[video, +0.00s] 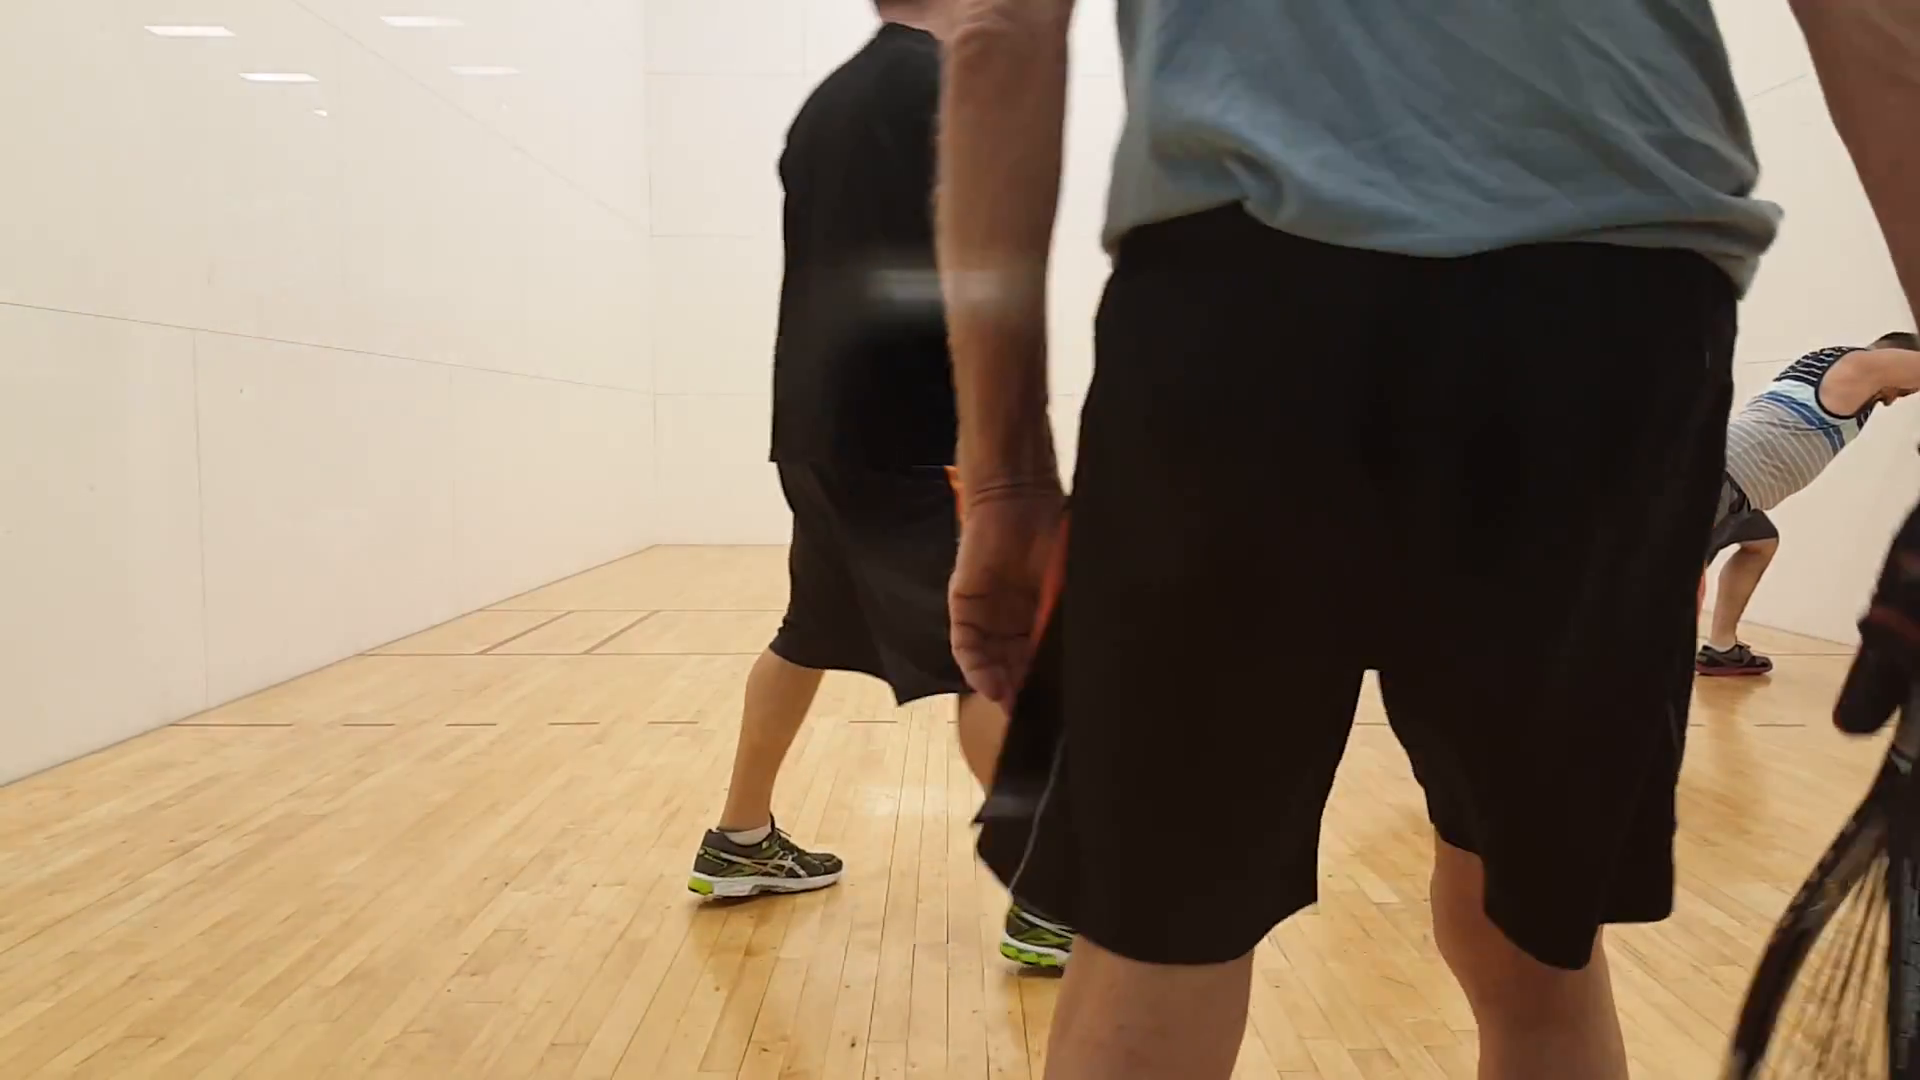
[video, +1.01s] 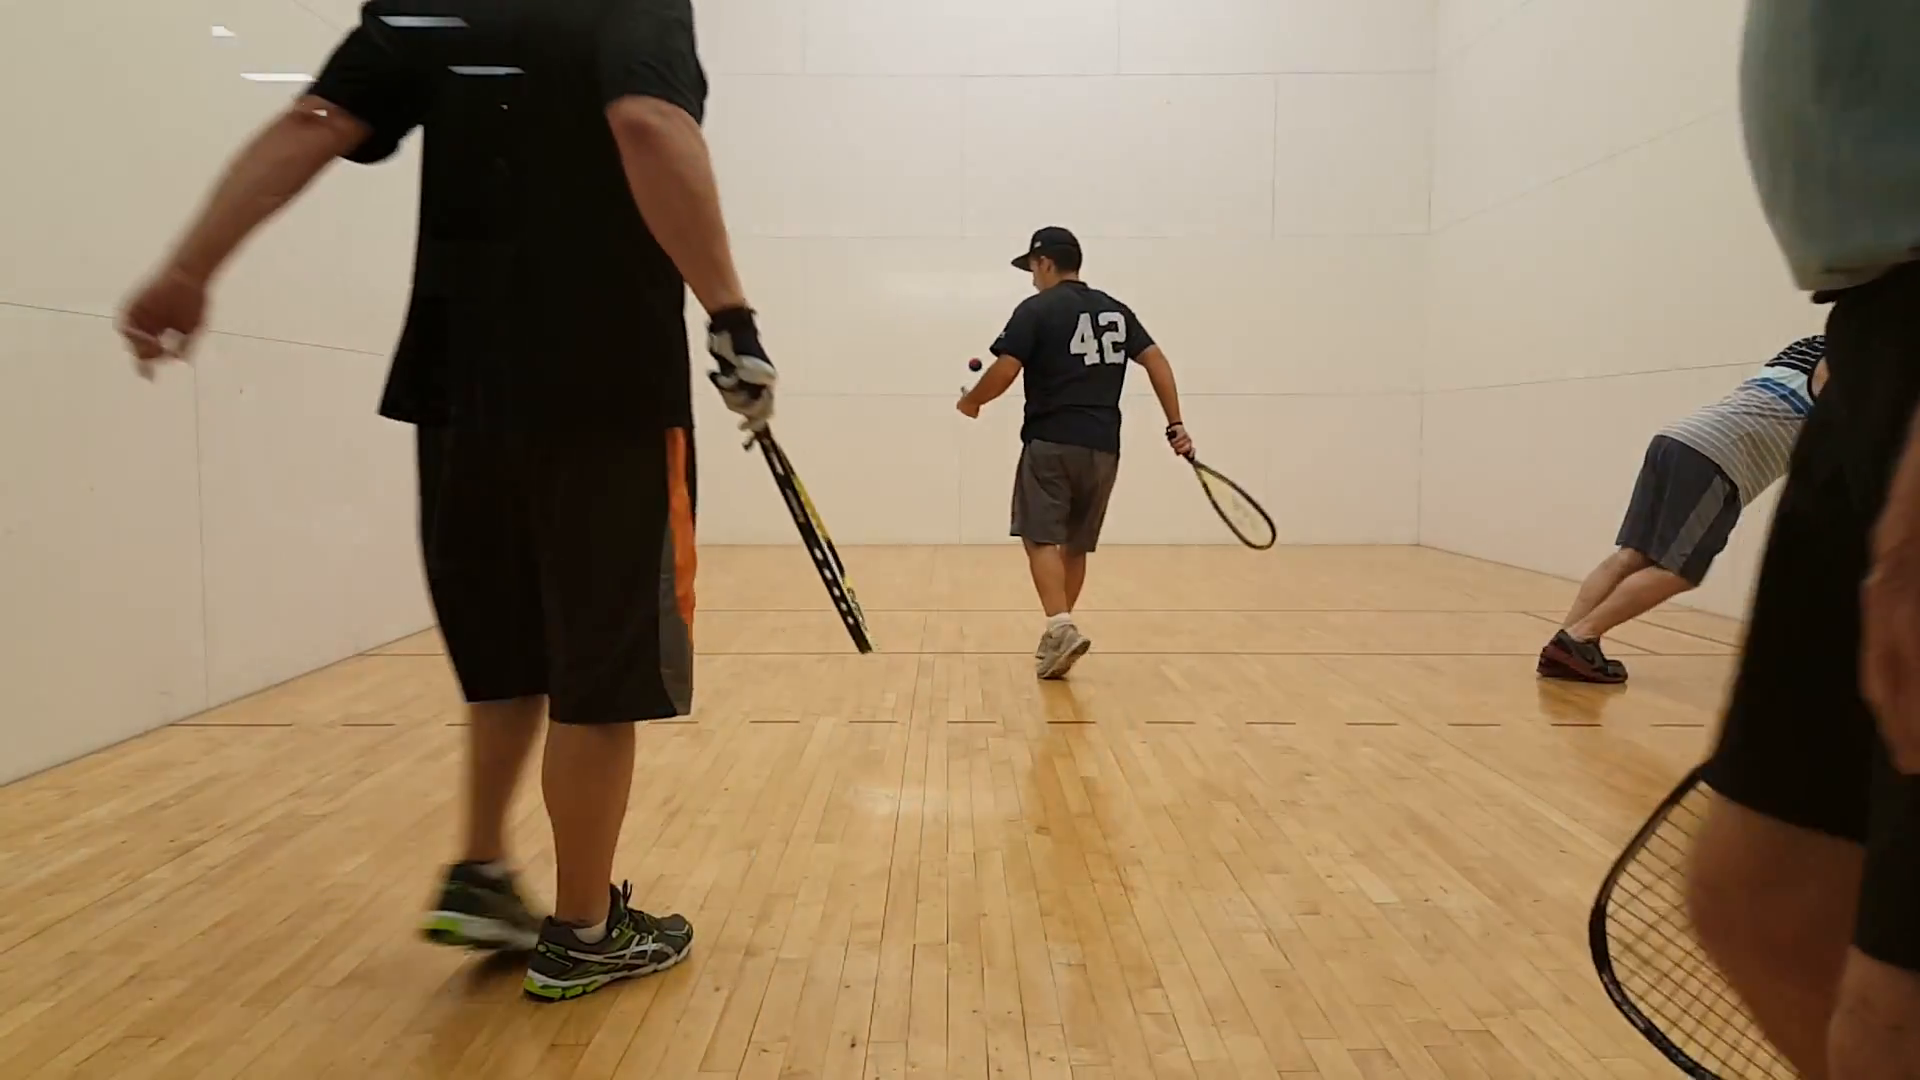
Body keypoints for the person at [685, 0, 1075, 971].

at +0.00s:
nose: (1001, 17)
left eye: (999, 13)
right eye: (993, 9)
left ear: (886, 2)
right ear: (954, 6)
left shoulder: (830, 99)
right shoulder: (959, 92)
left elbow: (810, 272)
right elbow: (980, 282)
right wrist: (988, 442)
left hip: (815, 433)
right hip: (915, 438)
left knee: (810, 623)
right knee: (987, 655)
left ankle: (740, 832)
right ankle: (1045, 895)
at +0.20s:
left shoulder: (734, 89)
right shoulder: (855, 59)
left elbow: (758, 271)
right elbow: (886, 254)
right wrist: (953, 387)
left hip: (768, 414)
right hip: (862, 411)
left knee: (776, 615)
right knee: (927, 621)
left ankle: (735, 836)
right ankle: (892, 873)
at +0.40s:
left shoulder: (654, 89)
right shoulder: (801, 60)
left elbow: (658, 272)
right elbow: (835, 244)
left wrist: (729, 376)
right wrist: (903, 382)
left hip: (712, 412)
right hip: (813, 406)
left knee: (739, 610)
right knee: (892, 612)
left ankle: (735, 835)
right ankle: (728, 799)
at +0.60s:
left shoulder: (578, 72)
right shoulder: (755, 53)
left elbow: (544, 258)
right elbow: (794, 242)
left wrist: (586, 387)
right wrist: (863, 384)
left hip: (635, 414)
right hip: (755, 411)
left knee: (695, 633)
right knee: (791, 639)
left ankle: (726, 839)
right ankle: (656, 867)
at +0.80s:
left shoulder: (503, 39)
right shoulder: (705, 33)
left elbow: (426, 217)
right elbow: (738, 219)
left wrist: (404, 363)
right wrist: (807, 385)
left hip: (549, 403)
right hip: (678, 407)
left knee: (634, 634)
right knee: (635, 663)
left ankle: (699, 833)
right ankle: (585, 929)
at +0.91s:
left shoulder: (467, 16)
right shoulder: (676, 13)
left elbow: (372, 164)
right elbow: (699, 170)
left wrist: (296, 319)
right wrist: (770, 354)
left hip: (507, 386)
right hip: (641, 391)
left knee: (577, 645)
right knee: (612, 668)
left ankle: (604, 853)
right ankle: (580, 934)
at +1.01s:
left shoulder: (430, 3)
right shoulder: (641, 4)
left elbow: (318, 121)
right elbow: (647, 122)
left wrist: (189, 266)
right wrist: (733, 316)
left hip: (462, 386)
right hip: (603, 388)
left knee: (507, 643)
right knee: (602, 667)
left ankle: (480, 869)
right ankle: (587, 928)